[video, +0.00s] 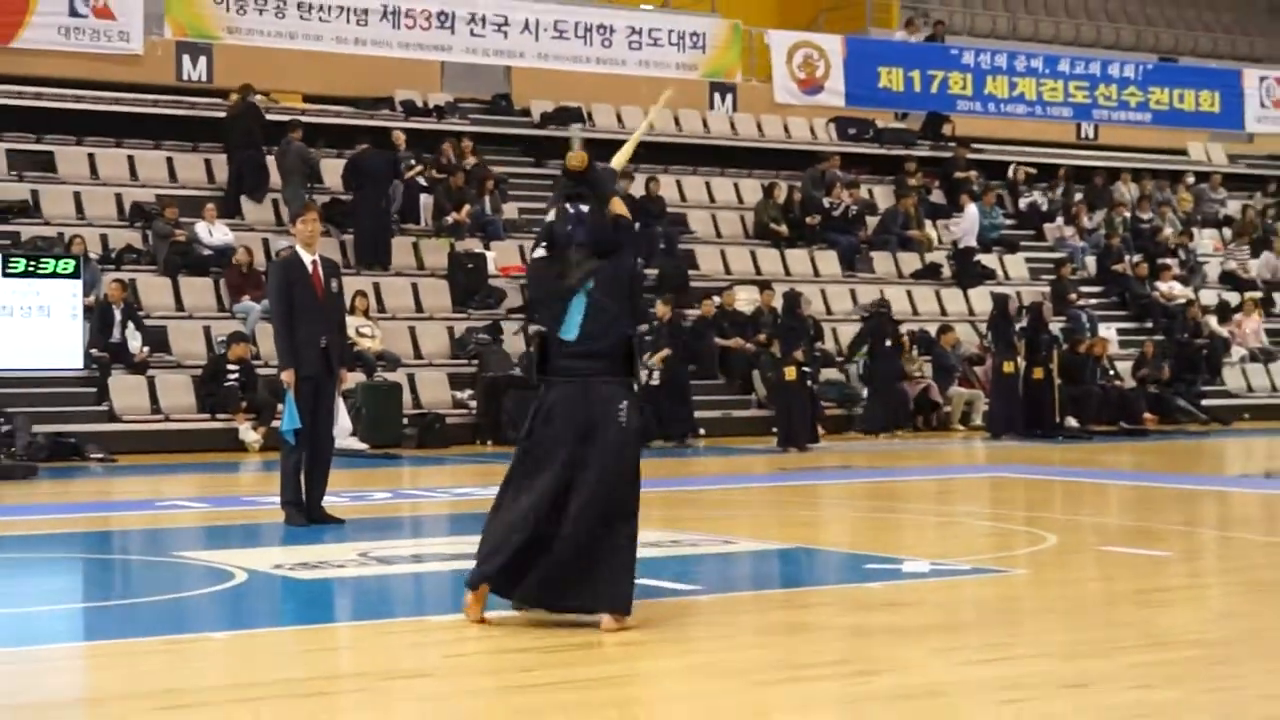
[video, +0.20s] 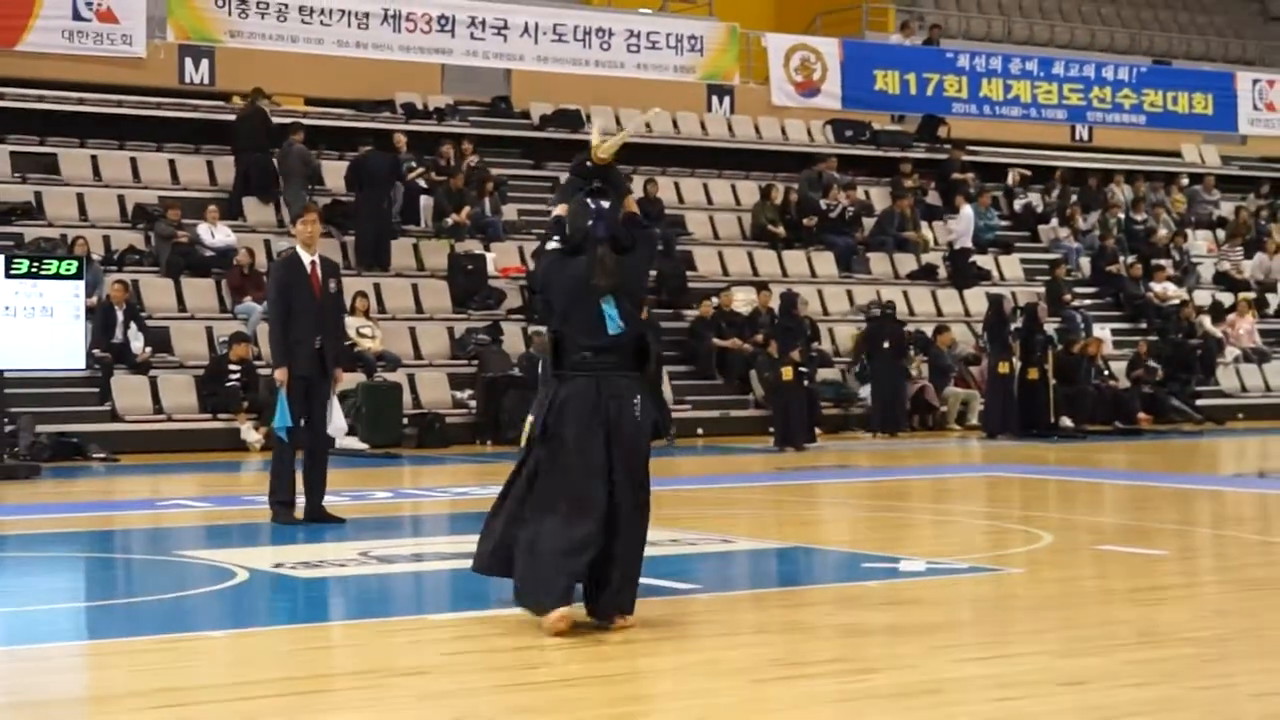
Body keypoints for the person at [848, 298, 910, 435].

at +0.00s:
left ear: (874, 310)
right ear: (887, 310)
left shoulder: (871, 323)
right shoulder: (892, 323)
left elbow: (858, 341)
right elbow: (898, 344)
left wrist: (849, 357)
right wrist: (894, 356)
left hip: (876, 363)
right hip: (892, 363)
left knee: (877, 395)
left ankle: (874, 425)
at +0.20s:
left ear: (881, 312)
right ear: (894, 313)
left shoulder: (872, 328)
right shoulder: (898, 329)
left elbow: (860, 346)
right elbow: (903, 351)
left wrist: (855, 360)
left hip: (877, 367)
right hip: (895, 367)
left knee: (878, 398)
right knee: (896, 398)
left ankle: (878, 427)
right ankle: (894, 428)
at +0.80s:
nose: (908, 316)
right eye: (909, 313)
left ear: (896, 311)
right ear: (909, 313)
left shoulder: (885, 325)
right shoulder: (910, 329)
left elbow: (875, 346)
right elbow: (913, 352)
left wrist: (876, 360)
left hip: (883, 366)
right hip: (900, 367)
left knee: (881, 395)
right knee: (900, 396)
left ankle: (879, 425)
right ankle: (898, 427)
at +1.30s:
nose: (891, 313)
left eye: (889, 310)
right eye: (892, 310)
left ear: (883, 310)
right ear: (896, 311)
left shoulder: (873, 326)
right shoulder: (898, 326)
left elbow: (868, 348)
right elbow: (902, 349)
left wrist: (874, 359)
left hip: (877, 367)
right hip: (894, 367)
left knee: (878, 396)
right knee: (898, 396)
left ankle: (878, 426)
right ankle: (900, 425)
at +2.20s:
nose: (889, 313)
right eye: (888, 310)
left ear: (875, 308)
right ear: (888, 310)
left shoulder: (868, 323)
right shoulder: (890, 323)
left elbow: (861, 343)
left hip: (868, 364)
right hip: (883, 364)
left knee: (869, 395)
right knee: (884, 394)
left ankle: (870, 423)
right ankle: (884, 422)